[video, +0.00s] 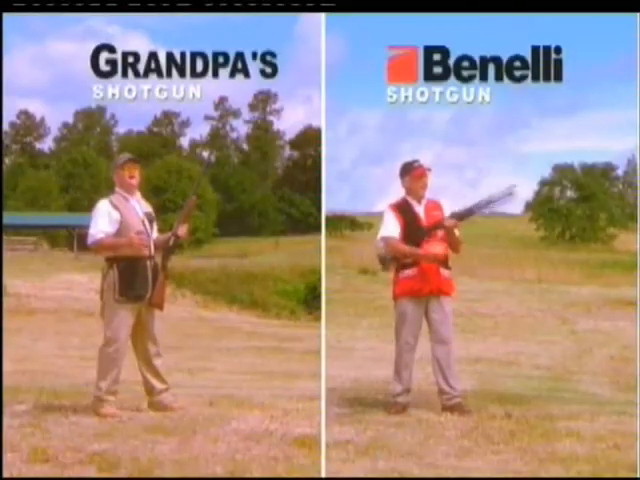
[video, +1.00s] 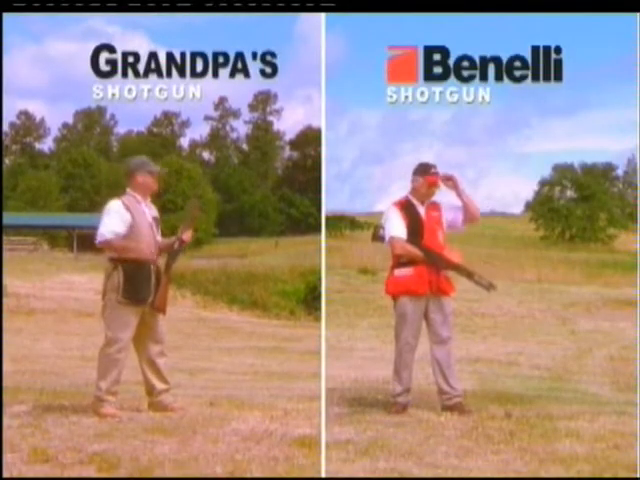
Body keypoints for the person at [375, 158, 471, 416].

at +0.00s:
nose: (423, 183)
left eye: (425, 178)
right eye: (417, 178)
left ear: (428, 180)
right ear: (405, 182)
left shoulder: (437, 208)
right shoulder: (395, 211)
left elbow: (456, 248)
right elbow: (389, 245)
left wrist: (451, 231)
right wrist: (425, 254)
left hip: (438, 277)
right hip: (409, 279)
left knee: (443, 339)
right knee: (406, 341)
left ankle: (451, 396)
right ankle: (400, 395)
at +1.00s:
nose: (433, 190)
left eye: (436, 185)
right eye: (430, 184)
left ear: (437, 185)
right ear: (416, 182)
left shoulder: (439, 210)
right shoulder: (397, 210)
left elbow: (473, 217)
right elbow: (398, 248)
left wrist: (458, 190)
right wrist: (435, 258)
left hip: (437, 282)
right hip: (409, 282)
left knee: (443, 340)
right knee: (406, 343)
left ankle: (451, 397)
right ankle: (401, 397)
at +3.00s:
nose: (431, 186)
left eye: (432, 181)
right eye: (426, 181)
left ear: (433, 183)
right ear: (412, 182)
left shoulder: (439, 208)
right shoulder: (395, 212)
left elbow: (468, 197)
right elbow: (397, 249)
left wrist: (447, 169)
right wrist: (432, 260)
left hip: (437, 281)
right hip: (409, 282)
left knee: (443, 340)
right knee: (406, 342)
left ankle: (450, 397)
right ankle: (400, 396)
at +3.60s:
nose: (427, 178)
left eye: (427, 174)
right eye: (421, 174)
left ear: (428, 179)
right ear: (407, 179)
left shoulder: (437, 208)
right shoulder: (394, 212)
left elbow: (468, 198)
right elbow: (396, 250)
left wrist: (446, 173)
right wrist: (433, 259)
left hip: (436, 281)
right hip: (409, 282)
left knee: (443, 340)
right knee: (406, 343)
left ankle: (450, 397)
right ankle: (400, 396)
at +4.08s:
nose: (431, 182)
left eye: (432, 177)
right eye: (426, 177)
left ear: (432, 181)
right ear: (412, 179)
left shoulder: (438, 209)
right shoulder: (395, 211)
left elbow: (472, 206)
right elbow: (397, 250)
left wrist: (454, 180)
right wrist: (435, 260)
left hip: (437, 282)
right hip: (409, 283)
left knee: (443, 340)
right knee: (406, 343)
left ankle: (451, 397)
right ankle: (400, 396)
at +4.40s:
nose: (436, 189)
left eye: (439, 184)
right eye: (432, 183)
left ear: (441, 185)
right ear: (419, 181)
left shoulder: (444, 210)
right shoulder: (401, 210)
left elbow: (465, 225)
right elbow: (402, 249)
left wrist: (474, 225)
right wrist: (435, 262)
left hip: (440, 281)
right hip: (411, 282)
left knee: (443, 340)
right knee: (407, 343)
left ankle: (450, 397)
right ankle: (400, 397)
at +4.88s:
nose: (449, 192)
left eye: (453, 187)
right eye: (445, 186)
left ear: (456, 187)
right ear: (432, 183)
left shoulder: (456, 211)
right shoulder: (413, 208)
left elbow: (467, 247)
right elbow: (413, 245)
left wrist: (465, 269)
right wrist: (443, 272)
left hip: (443, 283)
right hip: (413, 282)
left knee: (444, 342)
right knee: (407, 342)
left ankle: (450, 397)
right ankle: (400, 396)